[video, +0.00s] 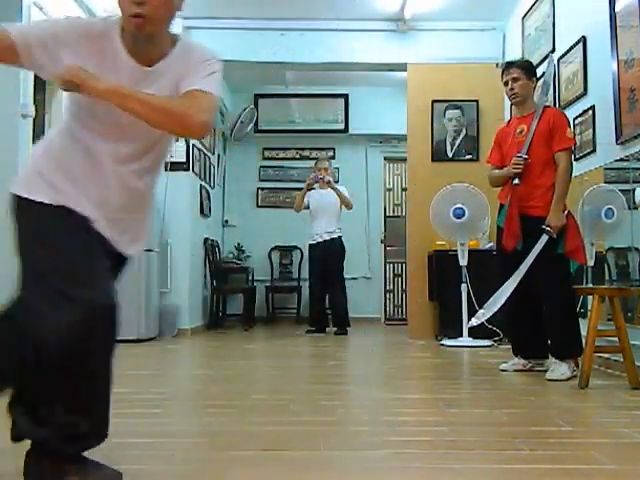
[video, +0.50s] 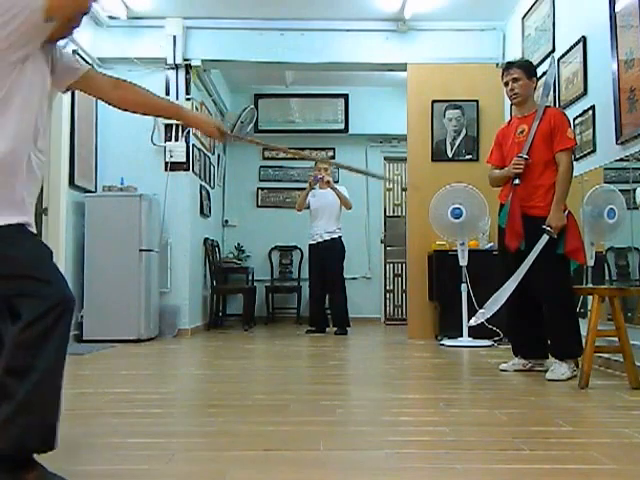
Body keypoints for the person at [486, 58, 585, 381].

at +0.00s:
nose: (511, 86)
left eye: (516, 80)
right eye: (506, 82)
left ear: (533, 83)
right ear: (504, 89)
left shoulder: (553, 117)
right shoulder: (504, 131)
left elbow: (564, 164)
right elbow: (493, 177)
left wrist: (557, 209)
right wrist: (508, 171)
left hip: (545, 215)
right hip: (512, 215)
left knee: (553, 285)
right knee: (517, 284)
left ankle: (565, 358)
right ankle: (529, 354)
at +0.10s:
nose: (511, 86)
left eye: (516, 80)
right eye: (506, 82)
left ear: (533, 83)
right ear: (504, 89)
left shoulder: (553, 117)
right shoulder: (505, 131)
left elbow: (564, 165)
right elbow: (493, 177)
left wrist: (557, 209)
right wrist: (508, 171)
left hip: (546, 215)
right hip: (512, 215)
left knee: (553, 285)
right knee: (518, 284)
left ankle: (565, 358)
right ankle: (529, 354)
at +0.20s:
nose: (510, 86)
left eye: (516, 80)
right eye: (506, 83)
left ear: (533, 83)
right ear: (505, 89)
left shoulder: (553, 117)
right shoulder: (504, 131)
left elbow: (564, 164)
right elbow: (493, 177)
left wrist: (558, 209)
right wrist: (508, 171)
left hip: (545, 214)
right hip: (512, 215)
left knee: (553, 284)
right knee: (518, 283)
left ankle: (564, 358)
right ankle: (529, 354)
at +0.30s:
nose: (510, 86)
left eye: (516, 80)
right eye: (506, 82)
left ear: (533, 83)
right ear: (504, 89)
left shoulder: (553, 117)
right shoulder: (505, 131)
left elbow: (564, 165)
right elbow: (493, 177)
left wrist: (557, 210)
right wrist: (508, 171)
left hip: (546, 214)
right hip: (512, 215)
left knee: (553, 284)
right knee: (518, 284)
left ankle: (565, 358)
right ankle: (529, 354)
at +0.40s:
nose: (511, 86)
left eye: (516, 80)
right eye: (506, 83)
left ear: (533, 83)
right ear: (504, 89)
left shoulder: (553, 117)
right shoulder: (504, 132)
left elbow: (565, 164)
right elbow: (493, 177)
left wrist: (557, 209)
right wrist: (507, 171)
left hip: (545, 214)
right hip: (512, 215)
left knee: (552, 284)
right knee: (518, 284)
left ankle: (565, 358)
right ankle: (530, 355)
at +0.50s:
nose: (511, 87)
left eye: (516, 80)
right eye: (506, 83)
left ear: (533, 83)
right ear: (504, 89)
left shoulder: (553, 117)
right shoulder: (504, 132)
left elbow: (565, 164)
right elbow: (493, 177)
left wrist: (557, 209)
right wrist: (508, 171)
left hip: (546, 214)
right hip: (513, 215)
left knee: (552, 284)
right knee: (519, 284)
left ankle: (565, 358)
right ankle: (529, 355)